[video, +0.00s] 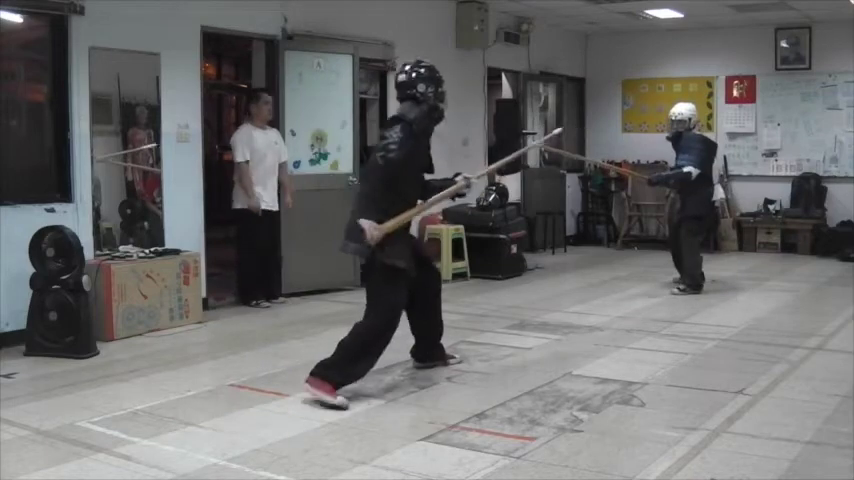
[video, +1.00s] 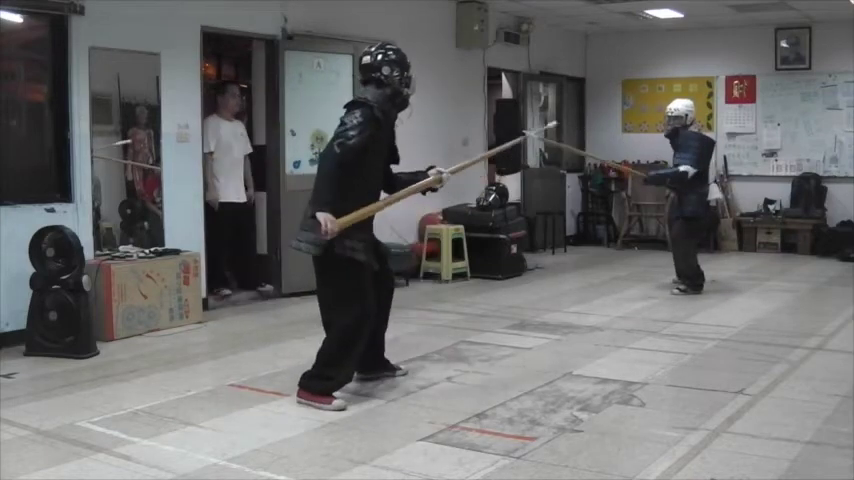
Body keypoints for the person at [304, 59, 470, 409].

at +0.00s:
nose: (441, 103)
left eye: (441, 96)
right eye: (436, 96)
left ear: (412, 97)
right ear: (422, 97)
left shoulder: (416, 134)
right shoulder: (401, 133)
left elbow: (413, 188)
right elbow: (374, 172)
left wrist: (449, 186)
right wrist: (367, 216)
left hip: (399, 233)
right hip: (382, 234)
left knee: (427, 281)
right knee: (384, 313)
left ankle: (429, 350)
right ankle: (325, 378)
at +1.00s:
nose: (408, 83)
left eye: (407, 75)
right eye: (402, 76)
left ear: (380, 77)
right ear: (387, 78)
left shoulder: (381, 121)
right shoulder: (363, 116)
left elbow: (388, 182)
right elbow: (330, 158)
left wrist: (424, 178)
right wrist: (323, 208)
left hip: (359, 230)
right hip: (336, 230)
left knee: (381, 286)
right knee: (354, 306)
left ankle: (370, 362)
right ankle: (314, 387)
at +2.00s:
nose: (424, 97)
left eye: (423, 89)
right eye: (419, 89)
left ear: (400, 90)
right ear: (403, 90)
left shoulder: (402, 132)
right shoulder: (379, 130)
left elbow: (410, 191)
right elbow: (345, 169)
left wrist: (450, 188)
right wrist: (340, 222)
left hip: (382, 234)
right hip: (357, 237)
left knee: (419, 272)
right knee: (366, 312)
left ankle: (408, 344)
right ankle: (316, 386)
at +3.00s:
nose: (375, 70)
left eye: (375, 63)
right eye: (369, 61)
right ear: (350, 60)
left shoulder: (354, 106)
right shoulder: (328, 92)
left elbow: (361, 175)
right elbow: (291, 126)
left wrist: (403, 187)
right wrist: (309, 146)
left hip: (322, 210)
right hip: (304, 210)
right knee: (344, 282)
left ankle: (280, 359)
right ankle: (372, 366)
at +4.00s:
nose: (307, 94)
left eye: (308, 88)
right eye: (301, 86)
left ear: (300, 90)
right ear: (280, 85)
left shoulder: (287, 133)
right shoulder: (255, 125)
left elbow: (296, 196)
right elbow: (219, 169)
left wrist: (339, 195)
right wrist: (210, 226)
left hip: (261, 241)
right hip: (227, 241)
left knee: (297, 295)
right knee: (232, 324)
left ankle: (303, 373)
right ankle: (172, 396)